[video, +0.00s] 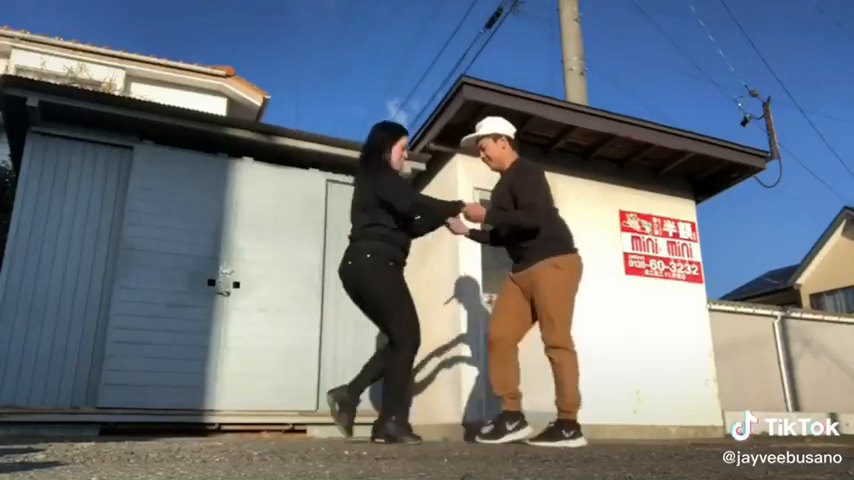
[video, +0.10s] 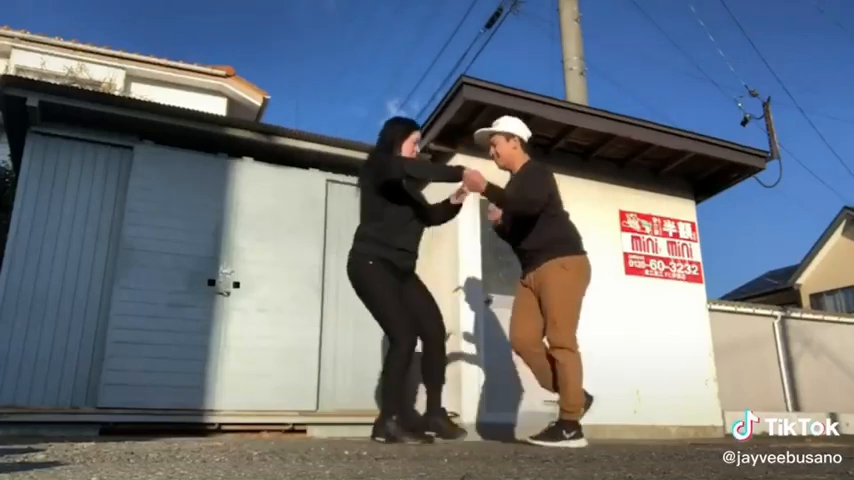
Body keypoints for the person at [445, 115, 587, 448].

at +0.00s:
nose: (482, 156)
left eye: (484, 148)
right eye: (479, 151)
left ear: (503, 141)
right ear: (495, 148)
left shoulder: (526, 171)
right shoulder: (502, 188)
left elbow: (534, 218)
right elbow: (505, 236)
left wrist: (487, 215)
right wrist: (468, 232)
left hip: (554, 265)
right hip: (523, 273)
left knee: (557, 342)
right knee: (500, 337)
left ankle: (568, 423)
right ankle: (512, 416)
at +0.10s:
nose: (491, 152)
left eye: (495, 144)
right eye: (490, 146)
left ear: (515, 141)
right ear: (507, 146)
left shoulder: (535, 172)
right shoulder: (516, 186)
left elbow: (524, 204)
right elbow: (518, 236)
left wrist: (485, 187)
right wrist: (500, 222)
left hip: (561, 265)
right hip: (532, 275)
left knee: (561, 343)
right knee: (523, 341)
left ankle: (570, 423)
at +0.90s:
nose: (512, 149)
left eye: (517, 141)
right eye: (511, 143)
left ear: (534, 139)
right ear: (513, 147)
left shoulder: (552, 165)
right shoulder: (511, 188)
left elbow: (554, 135)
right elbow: (502, 235)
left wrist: (508, 138)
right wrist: (464, 226)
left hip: (544, 267)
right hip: (512, 269)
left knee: (527, 341)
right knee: (490, 331)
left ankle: (543, 422)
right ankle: (503, 415)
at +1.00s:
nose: (512, 149)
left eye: (518, 142)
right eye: (510, 144)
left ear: (536, 144)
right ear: (512, 150)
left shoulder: (559, 174)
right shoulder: (508, 192)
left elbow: (545, 155)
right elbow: (499, 237)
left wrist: (511, 129)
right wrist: (462, 222)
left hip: (546, 269)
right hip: (511, 270)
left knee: (517, 334)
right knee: (495, 338)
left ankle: (540, 416)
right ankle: (511, 417)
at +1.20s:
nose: (523, 147)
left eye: (529, 141)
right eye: (522, 143)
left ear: (549, 144)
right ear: (523, 150)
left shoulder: (573, 179)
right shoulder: (515, 194)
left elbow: (596, 222)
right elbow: (492, 230)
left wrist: (565, 234)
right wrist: (459, 219)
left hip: (567, 278)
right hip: (525, 280)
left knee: (579, 340)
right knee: (508, 345)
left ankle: (616, 399)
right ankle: (514, 424)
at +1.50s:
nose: (572, 144)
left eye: (578, 137)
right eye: (565, 140)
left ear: (592, 140)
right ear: (560, 147)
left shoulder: (611, 182)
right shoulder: (551, 184)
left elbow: (621, 221)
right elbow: (513, 214)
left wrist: (628, 247)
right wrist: (468, 219)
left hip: (617, 279)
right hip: (573, 278)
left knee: (636, 349)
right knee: (549, 345)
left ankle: (659, 423)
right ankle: (518, 418)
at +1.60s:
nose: (578, 146)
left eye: (584, 139)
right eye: (571, 142)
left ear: (597, 143)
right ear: (565, 149)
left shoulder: (613, 184)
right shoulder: (556, 183)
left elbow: (619, 222)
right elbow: (514, 211)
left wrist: (630, 247)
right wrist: (471, 213)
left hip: (621, 280)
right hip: (577, 278)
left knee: (636, 350)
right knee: (551, 344)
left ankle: (658, 424)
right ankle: (518, 416)